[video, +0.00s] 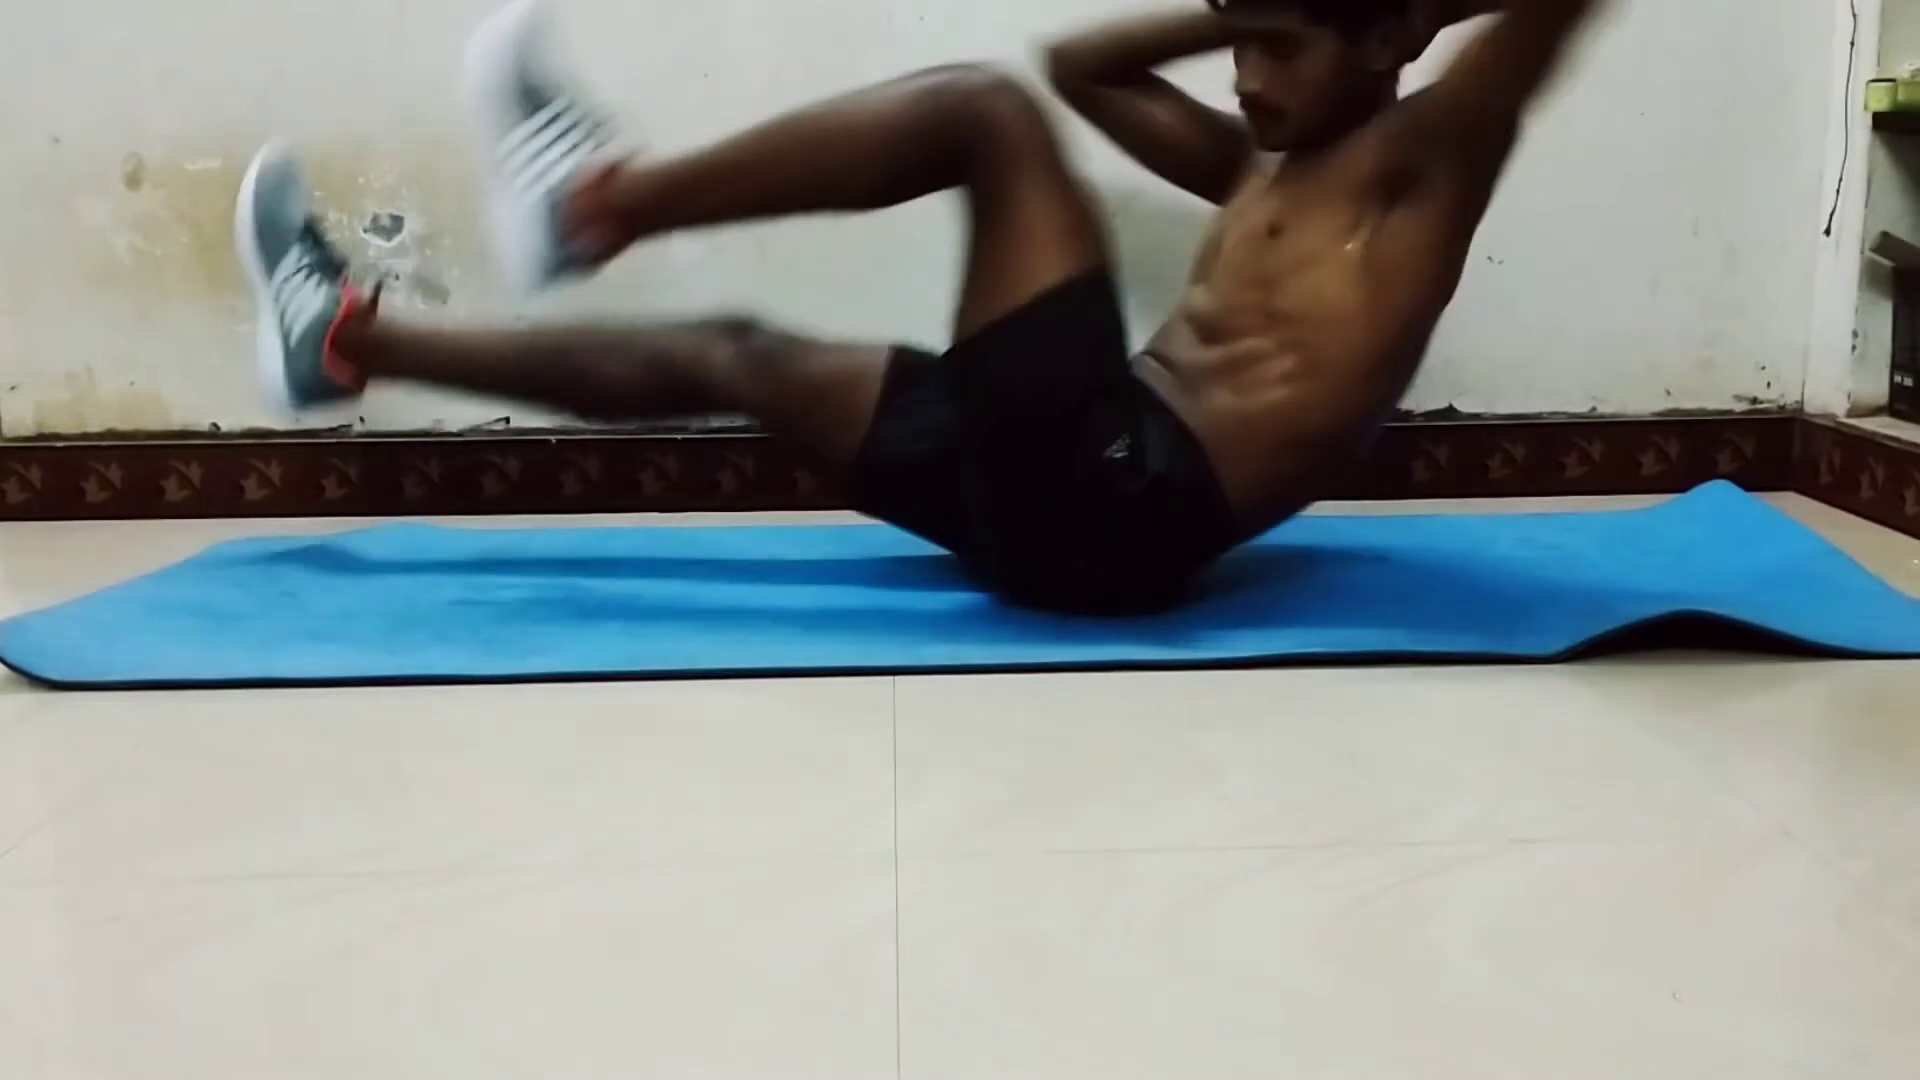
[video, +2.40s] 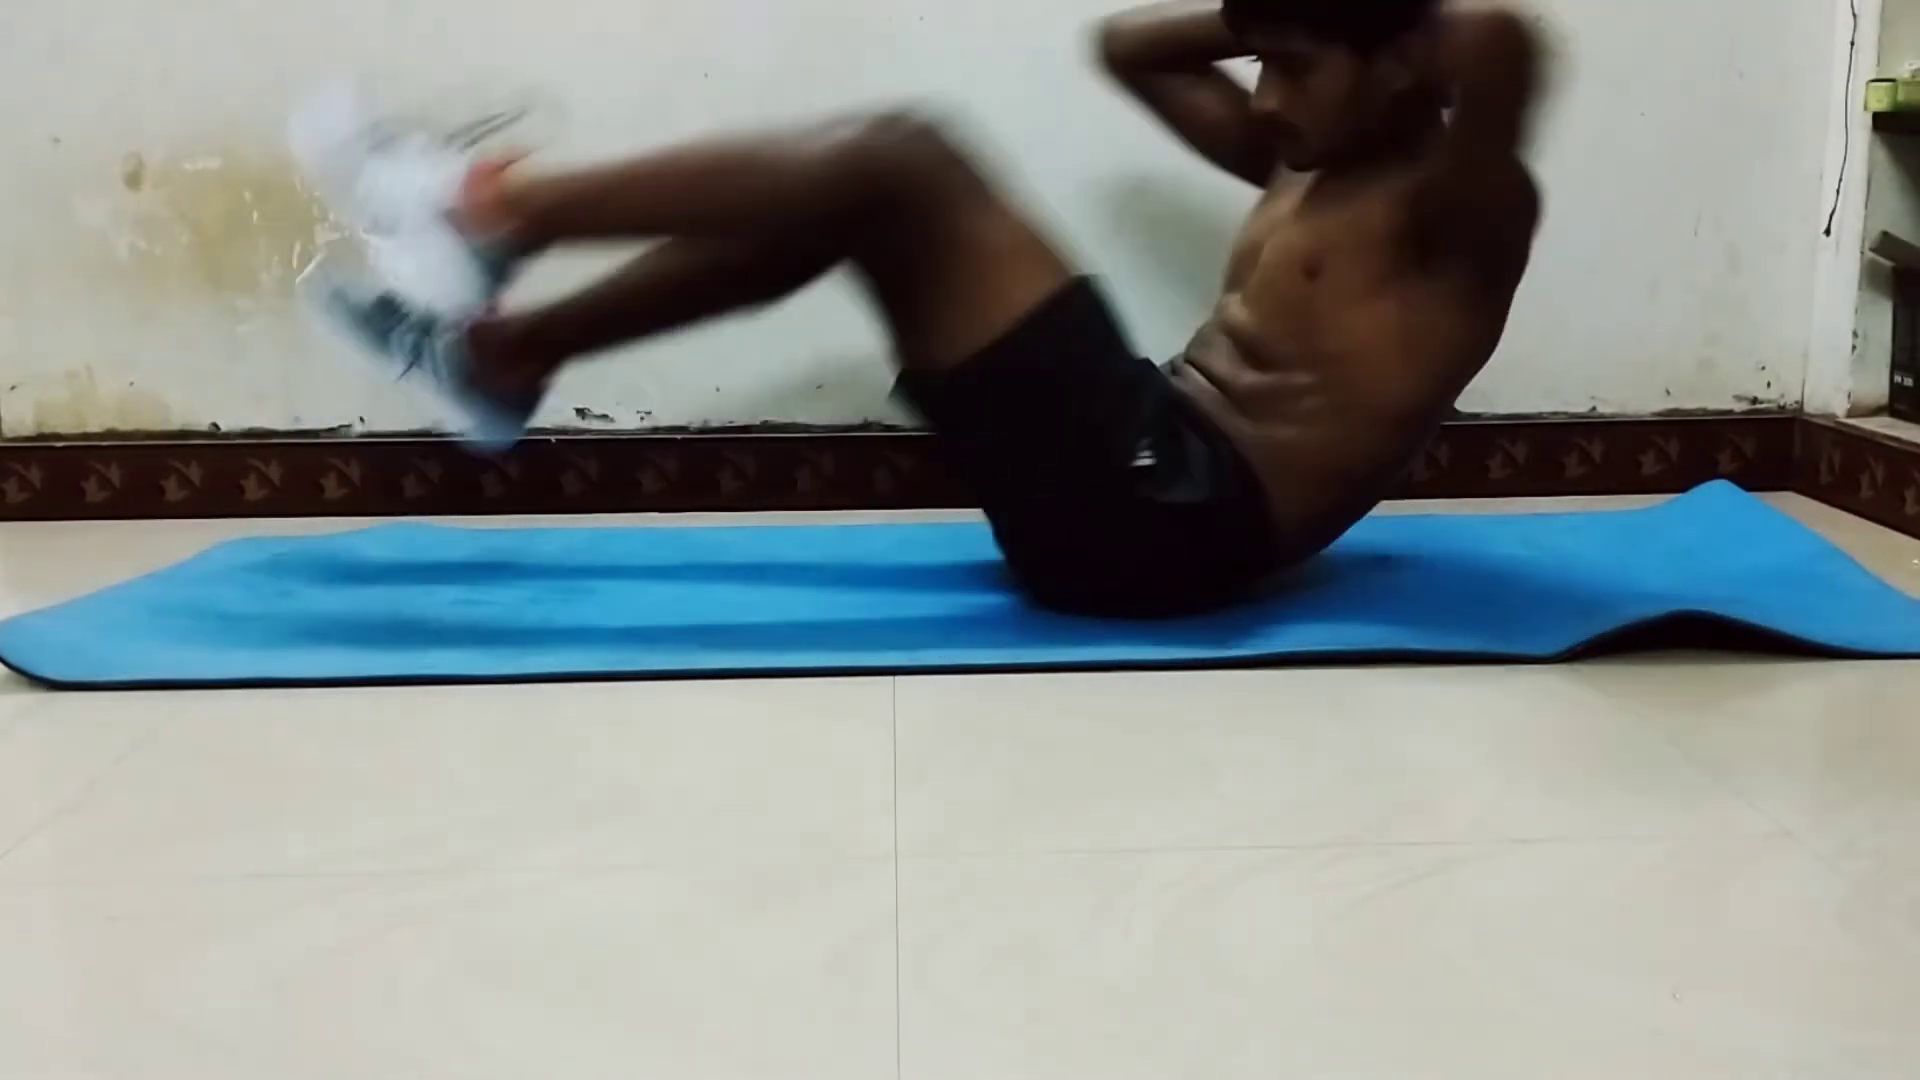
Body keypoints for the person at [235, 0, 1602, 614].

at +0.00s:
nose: (1247, 84)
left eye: (1274, 56)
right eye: (1240, 57)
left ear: (1370, 55)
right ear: (1257, 70)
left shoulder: (1426, 152)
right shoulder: (1263, 167)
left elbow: (1554, 19)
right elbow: (1085, 74)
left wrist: (1428, 54)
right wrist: (1258, 47)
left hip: (1126, 506)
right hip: (1059, 470)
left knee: (997, 108)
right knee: (740, 359)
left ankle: (600, 203)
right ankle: (354, 339)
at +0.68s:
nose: (1254, 93)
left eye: (1289, 64)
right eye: (1248, 66)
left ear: (1385, 62)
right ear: (1251, 59)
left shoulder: (1451, 187)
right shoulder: (1245, 155)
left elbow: (1599, 18)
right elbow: (1067, 35)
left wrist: (1441, 22)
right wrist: (1241, 21)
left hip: (1127, 512)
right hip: (1068, 471)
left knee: (860, 169)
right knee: (829, 205)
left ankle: (455, 208)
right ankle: (486, 386)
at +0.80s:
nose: (1217, 97)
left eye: (1243, 66)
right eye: (1206, 74)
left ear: (1344, 45)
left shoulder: (1404, 174)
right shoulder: (1327, 174)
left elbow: (1386, 99)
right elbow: (1259, 151)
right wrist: (1180, 77)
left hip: (1119, 513)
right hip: (1101, 447)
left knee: (808, 223)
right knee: (893, 161)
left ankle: (370, 245)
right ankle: (539, 334)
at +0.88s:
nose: (1235, 81)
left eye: (1252, 50)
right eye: (1241, 54)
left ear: (1343, 47)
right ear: (1351, 52)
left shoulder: (1379, 172)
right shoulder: (1333, 186)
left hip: (1118, 503)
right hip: (1091, 427)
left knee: (742, 310)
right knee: (1012, 121)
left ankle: (302, 295)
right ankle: (641, 233)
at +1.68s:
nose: (1265, 81)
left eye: (1290, 44)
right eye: (1253, 49)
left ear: (1409, 41)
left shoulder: (1427, 175)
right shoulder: (1344, 193)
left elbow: (1414, 125)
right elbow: (1186, 112)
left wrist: (1379, 73)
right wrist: (1341, 89)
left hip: (1149, 514)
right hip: (1115, 487)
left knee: (875, 180)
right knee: (846, 248)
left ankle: (474, 261)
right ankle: (475, 229)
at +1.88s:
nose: (1289, 92)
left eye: (1322, 67)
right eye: (1280, 66)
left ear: (1412, 66)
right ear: (1284, 71)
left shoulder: (1455, 189)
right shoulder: (1272, 172)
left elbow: (1595, 31)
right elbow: (1096, 107)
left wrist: (1451, 51)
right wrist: (1270, 64)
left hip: (1153, 508)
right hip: (1074, 463)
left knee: (1061, 103)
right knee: (752, 348)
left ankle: (659, 153)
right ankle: (379, 324)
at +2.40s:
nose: (1273, 96)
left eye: (1297, 68)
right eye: (1266, 66)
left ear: (1394, 67)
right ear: (1289, 71)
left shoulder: (1465, 215)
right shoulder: (1308, 166)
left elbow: (1507, 46)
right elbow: (1125, 52)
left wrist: (1440, 64)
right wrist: (1269, 39)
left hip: (1179, 524)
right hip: (1127, 475)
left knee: (909, 162)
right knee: (897, 169)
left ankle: (492, 205)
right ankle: (507, 356)